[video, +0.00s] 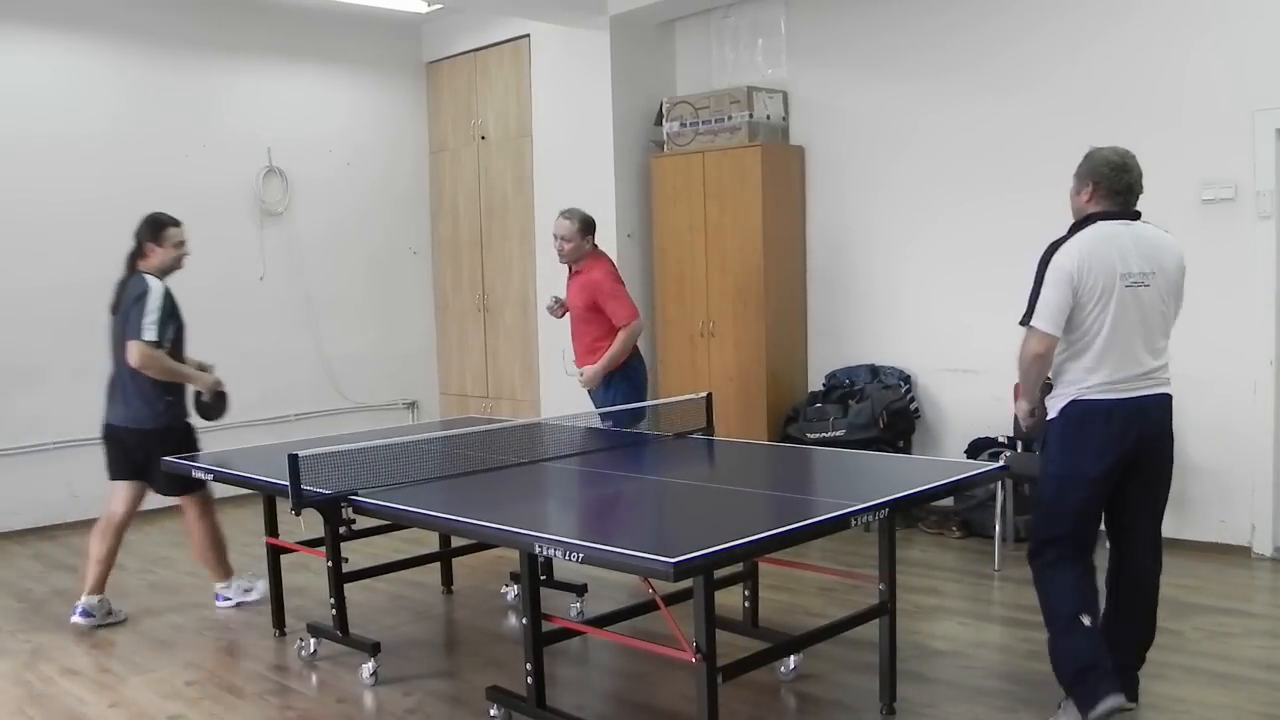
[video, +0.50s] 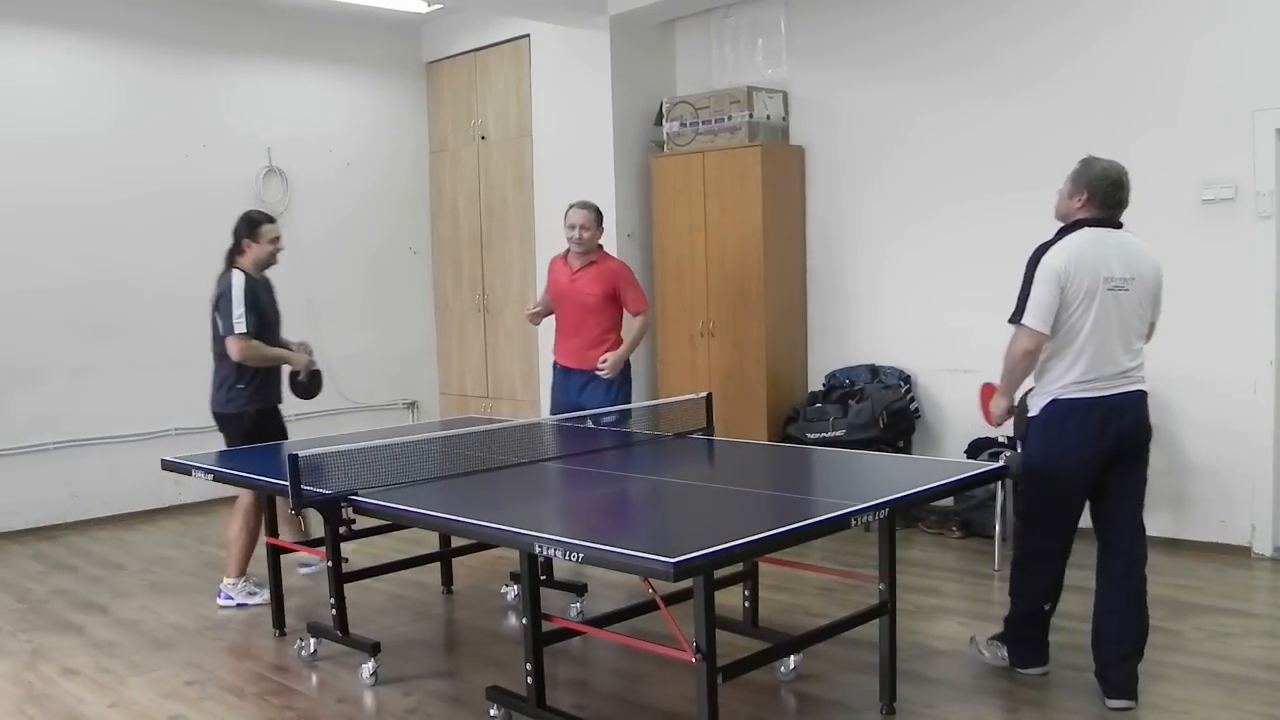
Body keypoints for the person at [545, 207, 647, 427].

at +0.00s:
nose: (557, 246)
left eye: (565, 240)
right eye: (555, 238)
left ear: (587, 242)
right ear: (553, 235)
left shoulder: (601, 274)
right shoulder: (578, 263)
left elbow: (633, 325)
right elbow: (588, 295)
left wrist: (600, 369)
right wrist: (565, 306)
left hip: (619, 375)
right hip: (599, 376)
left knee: (626, 450)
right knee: (618, 449)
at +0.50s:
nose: (577, 235)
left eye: (585, 229)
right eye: (571, 228)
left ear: (599, 232)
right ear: (564, 230)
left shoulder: (616, 270)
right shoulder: (557, 265)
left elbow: (643, 316)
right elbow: (551, 297)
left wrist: (622, 355)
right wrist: (539, 311)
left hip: (606, 377)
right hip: (565, 376)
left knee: (608, 451)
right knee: (566, 451)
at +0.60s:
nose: (576, 233)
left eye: (584, 227)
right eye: (570, 226)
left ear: (596, 231)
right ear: (561, 230)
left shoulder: (615, 269)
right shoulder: (548, 268)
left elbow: (639, 311)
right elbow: (538, 303)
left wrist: (626, 350)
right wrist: (530, 317)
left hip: (603, 375)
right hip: (559, 375)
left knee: (610, 448)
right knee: (560, 447)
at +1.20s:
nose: (556, 227)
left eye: (558, 221)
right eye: (547, 222)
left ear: (564, 225)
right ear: (531, 231)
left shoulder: (585, 259)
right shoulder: (517, 277)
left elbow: (606, 294)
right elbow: (497, 321)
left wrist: (622, 317)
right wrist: (519, 330)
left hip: (598, 366)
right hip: (552, 373)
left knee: (616, 435)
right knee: (552, 442)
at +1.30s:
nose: (555, 227)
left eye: (557, 221)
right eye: (546, 223)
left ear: (562, 225)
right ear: (530, 232)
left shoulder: (585, 258)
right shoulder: (517, 278)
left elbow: (607, 293)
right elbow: (497, 322)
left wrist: (621, 316)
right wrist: (520, 332)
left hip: (600, 365)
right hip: (554, 372)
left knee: (620, 433)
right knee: (554, 441)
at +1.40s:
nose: (557, 227)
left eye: (558, 222)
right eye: (548, 223)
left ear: (563, 225)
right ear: (531, 233)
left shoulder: (586, 258)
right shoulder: (520, 280)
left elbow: (608, 293)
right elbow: (502, 326)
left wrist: (622, 315)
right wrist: (526, 332)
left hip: (602, 364)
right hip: (557, 372)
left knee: (624, 433)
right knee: (557, 442)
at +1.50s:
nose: (564, 228)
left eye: (564, 222)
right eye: (555, 223)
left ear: (568, 225)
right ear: (536, 232)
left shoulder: (588, 258)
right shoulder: (524, 280)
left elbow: (610, 294)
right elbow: (509, 328)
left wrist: (625, 315)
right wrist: (533, 331)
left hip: (605, 364)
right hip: (561, 372)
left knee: (627, 433)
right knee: (562, 442)